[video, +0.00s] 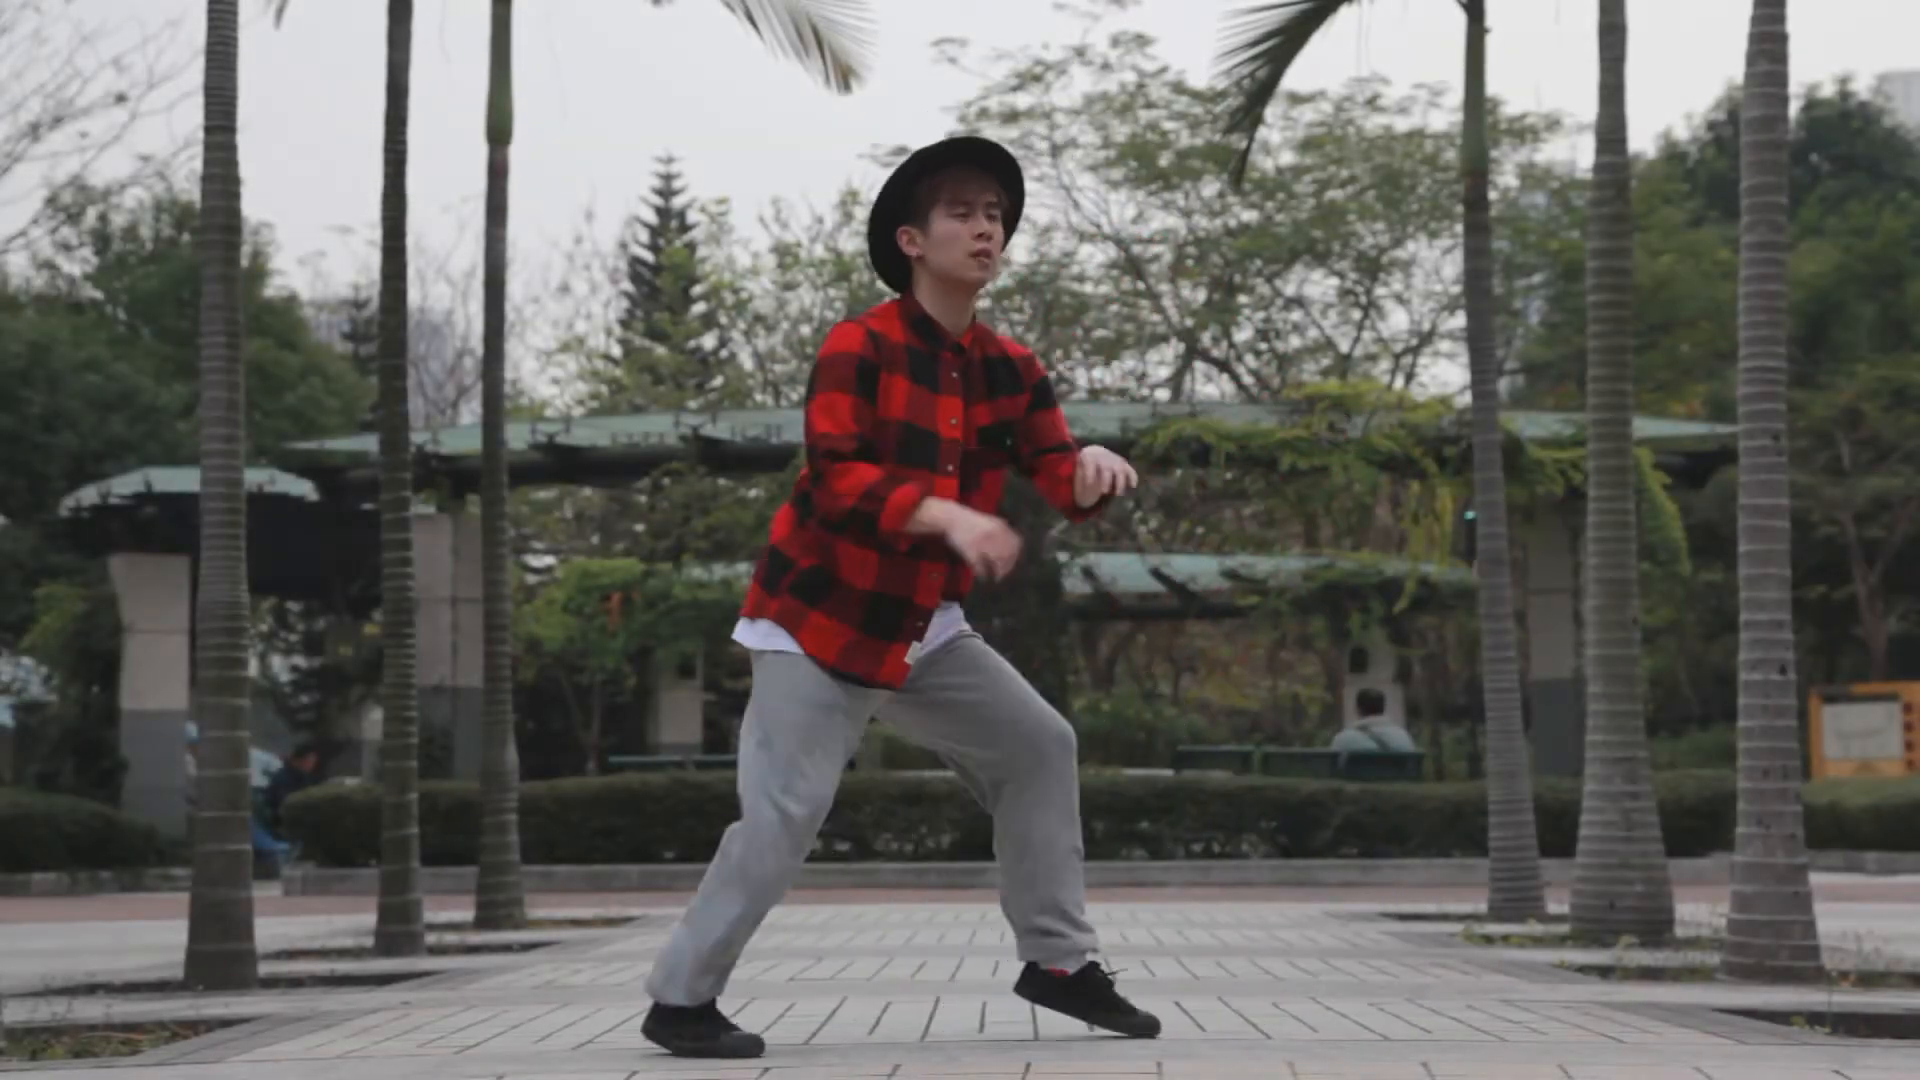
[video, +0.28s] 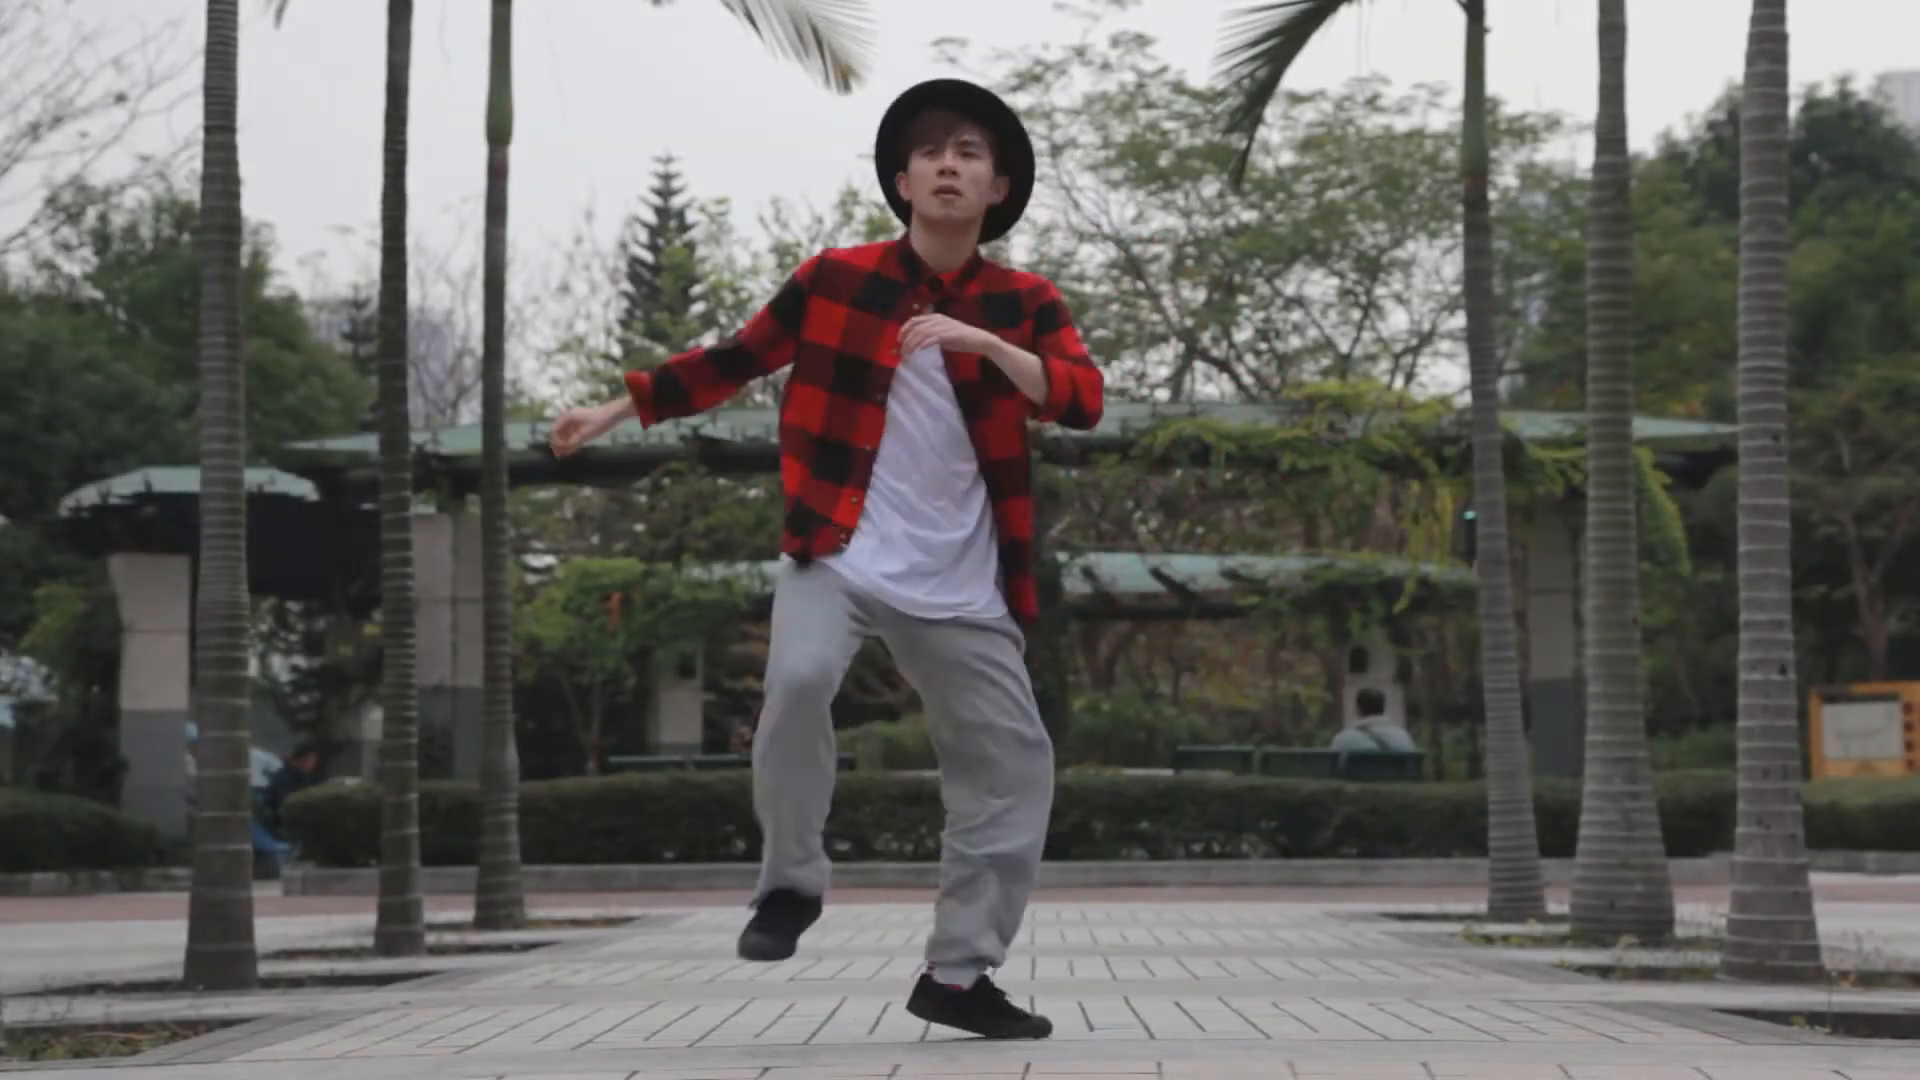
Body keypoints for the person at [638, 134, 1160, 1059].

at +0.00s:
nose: (984, 231)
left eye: (997, 217)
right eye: (961, 213)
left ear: (1008, 240)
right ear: (910, 238)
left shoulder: (1012, 366)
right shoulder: (858, 348)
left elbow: (1059, 479)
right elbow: (833, 476)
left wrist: (1092, 473)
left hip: (918, 627)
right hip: (813, 623)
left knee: (1040, 746)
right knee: (784, 815)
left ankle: (1056, 962)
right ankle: (681, 999)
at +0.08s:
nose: (954, 238)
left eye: (969, 222)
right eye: (928, 225)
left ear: (989, 248)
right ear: (891, 259)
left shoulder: (1006, 381)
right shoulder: (853, 368)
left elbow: (1015, 524)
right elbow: (815, 503)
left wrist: (1009, 471)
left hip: (919, 628)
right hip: (821, 625)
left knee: (1040, 743)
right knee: (756, 819)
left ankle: (1011, 950)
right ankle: (677, 1007)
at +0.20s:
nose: (947, 203)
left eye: (965, 186)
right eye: (923, 193)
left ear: (998, 214)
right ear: (898, 228)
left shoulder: (1027, 341)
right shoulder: (853, 327)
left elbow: (1063, 443)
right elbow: (755, 423)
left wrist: (971, 373)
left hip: (947, 615)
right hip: (829, 603)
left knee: (1015, 772)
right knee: (766, 764)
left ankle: (954, 981)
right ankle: (706, 978)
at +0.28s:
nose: (948, 164)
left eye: (970, 152)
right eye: (930, 149)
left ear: (1000, 186)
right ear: (898, 175)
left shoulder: (1025, 303)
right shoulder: (838, 279)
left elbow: (1086, 402)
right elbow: (735, 357)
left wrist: (991, 343)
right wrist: (616, 407)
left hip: (958, 577)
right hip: (834, 554)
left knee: (1012, 762)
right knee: (798, 681)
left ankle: (958, 972)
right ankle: (789, 882)